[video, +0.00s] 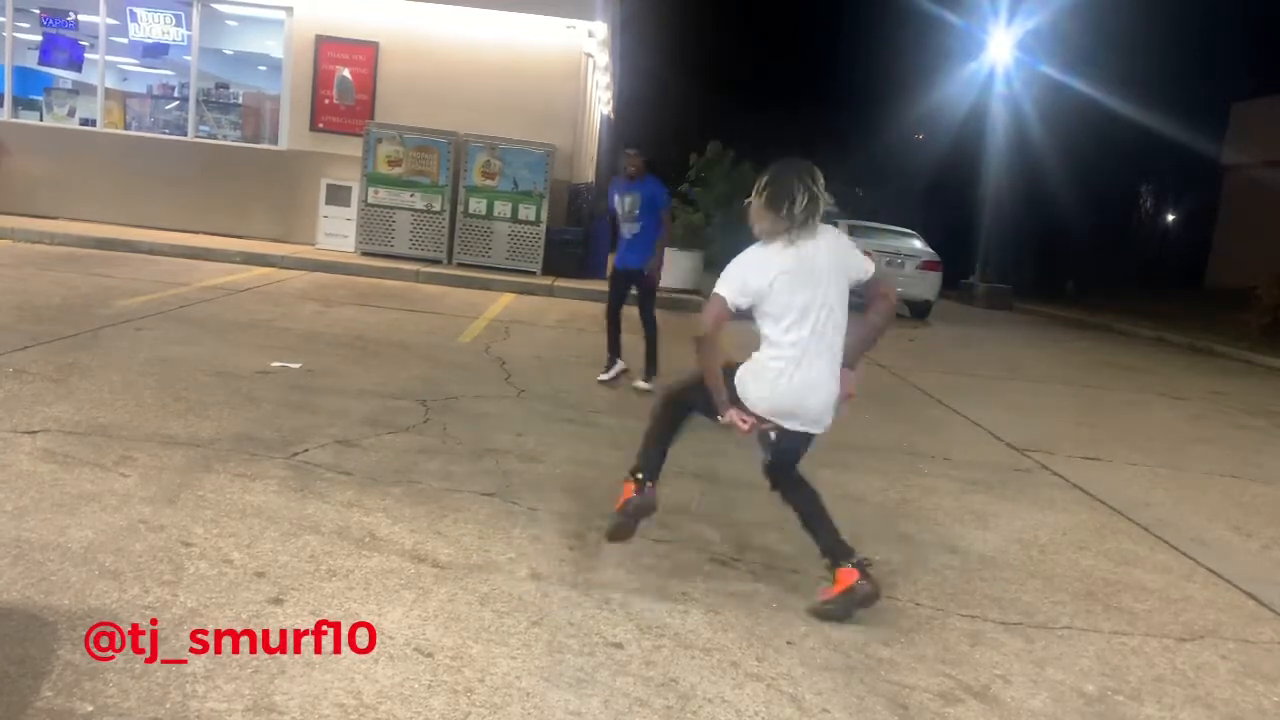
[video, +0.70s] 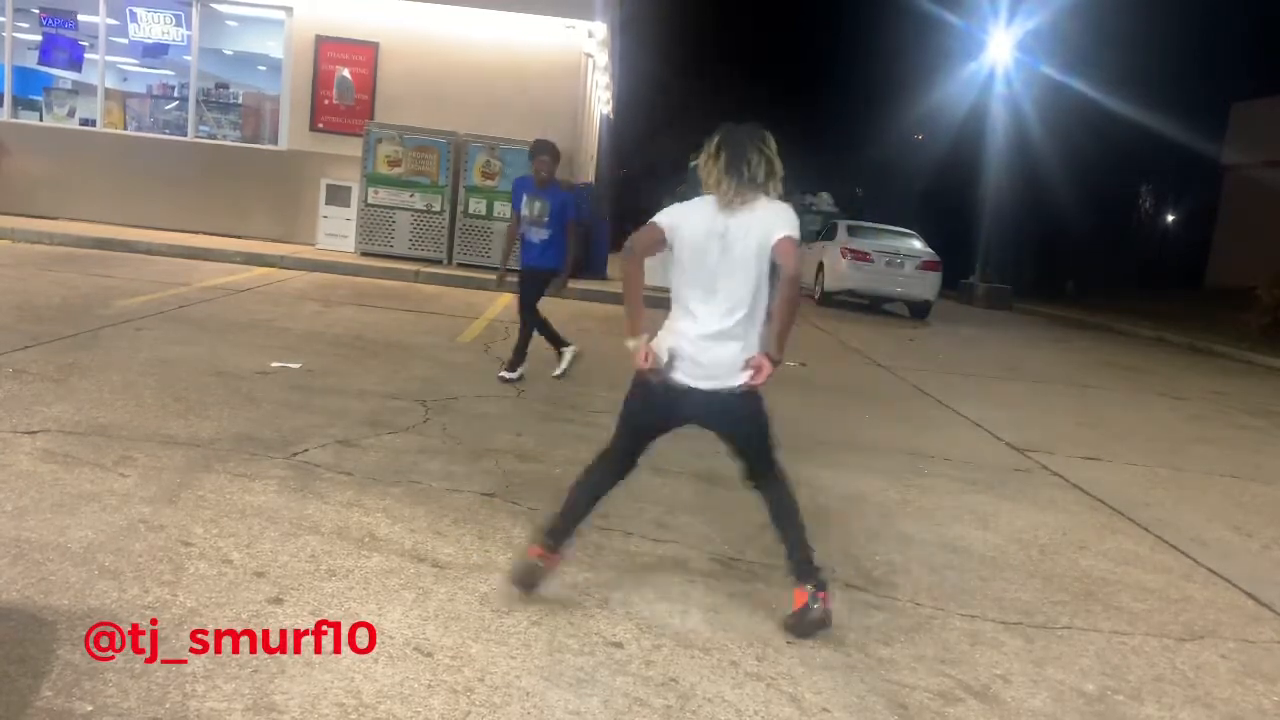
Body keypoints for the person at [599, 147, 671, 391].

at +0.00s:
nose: (631, 166)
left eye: (635, 162)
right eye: (627, 162)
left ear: (643, 164)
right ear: (622, 163)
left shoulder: (654, 189)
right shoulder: (616, 186)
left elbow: (666, 227)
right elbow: (615, 223)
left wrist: (657, 261)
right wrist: (612, 255)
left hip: (647, 262)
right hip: (623, 259)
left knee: (647, 315)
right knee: (612, 311)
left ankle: (649, 374)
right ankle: (615, 360)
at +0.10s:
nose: (615, 168)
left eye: (620, 164)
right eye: (612, 163)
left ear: (628, 166)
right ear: (608, 166)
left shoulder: (644, 191)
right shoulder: (601, 191)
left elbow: (657, 230)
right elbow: (601, 225)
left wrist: (660, 267)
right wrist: (601, 253)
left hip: (635, 265)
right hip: (609, 262)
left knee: (632, 316)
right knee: (597, 310)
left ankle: (632, 371)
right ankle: (593, 360)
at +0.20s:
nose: (606, 173)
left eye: (610, 168)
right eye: (601, 168)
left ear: (616, 169)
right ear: (593, 169)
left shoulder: (628, 195)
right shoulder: (588, 196)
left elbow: (647, 233)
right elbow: (583, 234)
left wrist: (657, 273)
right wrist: (572, 269)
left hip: (620, 270)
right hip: (594, 267)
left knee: (617, 317)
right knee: (584, 313)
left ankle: (628, 371)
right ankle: (583, 364)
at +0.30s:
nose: (591, 166)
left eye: (596, 161)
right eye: (587, 161)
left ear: (603, 162)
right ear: (579, 162)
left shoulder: (612, 190)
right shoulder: (570, 188)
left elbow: (629, 227)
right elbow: (564, 225)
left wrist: (637, 265)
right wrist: (551, 253)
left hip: (601, 257)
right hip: (579, 255)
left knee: (586, 307)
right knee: (580, 309)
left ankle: (601, 362)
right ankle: (582, 363)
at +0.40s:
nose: (580, 164)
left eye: (584, 160)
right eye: (575, 159)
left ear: (592, 161)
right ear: (567, 161)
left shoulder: (602, 189)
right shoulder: (560, 186)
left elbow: (615, 226)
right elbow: (553, 221)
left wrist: (619, 262)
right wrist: (542, 247)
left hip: (592, 256)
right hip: (570, 255)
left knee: (569, 301)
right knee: (575, 304)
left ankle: (571, 358)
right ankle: (583, 360)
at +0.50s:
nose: (564, 166)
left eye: (569, 162)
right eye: (559, 162)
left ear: (576, 164)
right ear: (552, 163)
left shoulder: (585, 191)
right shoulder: (544, 188)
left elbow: (598, 226)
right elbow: (537, 222)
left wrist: (595, 261)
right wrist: (524, 255)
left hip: (575, 259)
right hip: (554, 257)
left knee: (548, 308)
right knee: (568, 311)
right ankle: (581, 362)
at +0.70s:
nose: (543, 167)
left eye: (548, 162)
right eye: (539, 161)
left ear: (556, 165)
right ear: (531, 163)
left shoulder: (564, 195)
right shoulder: (521, 186)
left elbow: (570, 235)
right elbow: (514, 226)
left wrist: (566, 272)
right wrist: (504, 264)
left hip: (550, 262)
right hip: (527, 259)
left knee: (527, 308)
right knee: (527, 308)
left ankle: (516, 362)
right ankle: (563, 346)